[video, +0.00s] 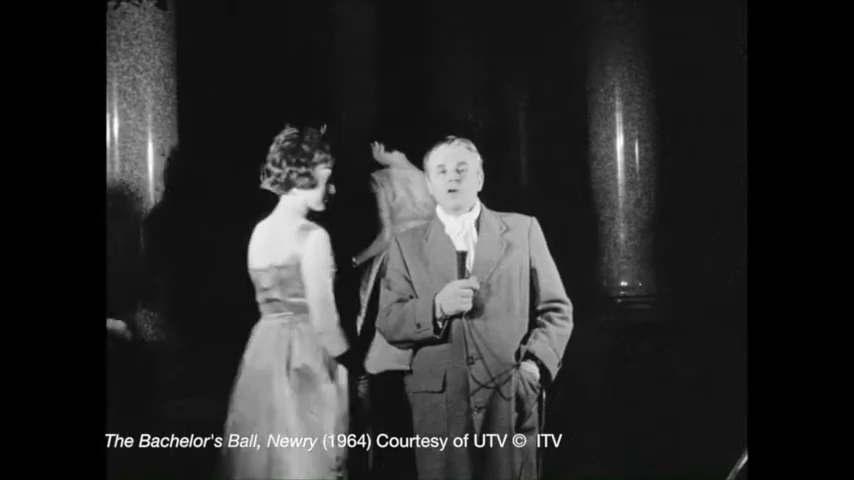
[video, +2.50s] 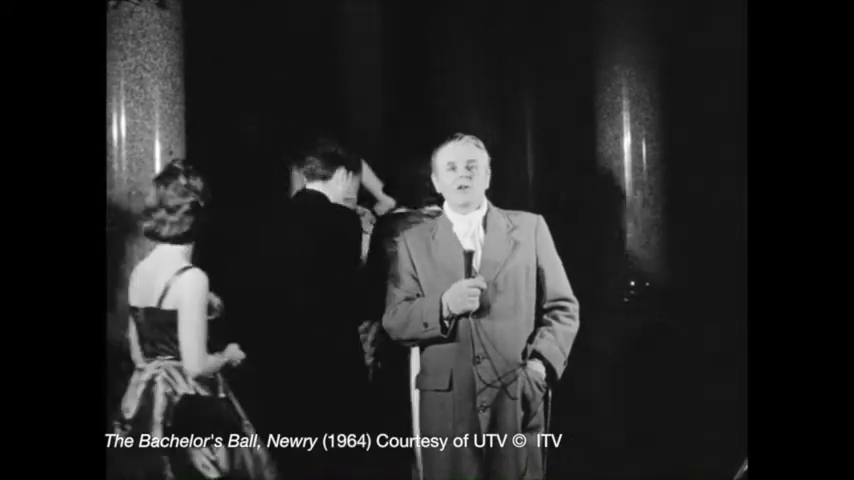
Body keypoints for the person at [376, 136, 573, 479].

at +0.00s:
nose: (452, 176)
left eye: (462, 166)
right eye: (441, 169)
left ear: (480, 178)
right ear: (428, 184)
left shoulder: (523, 230)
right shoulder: (405, 244)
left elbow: (555, 308)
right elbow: (389, 321)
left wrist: (535, 364)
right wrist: (435, 308)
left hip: (508, 394)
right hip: (436, 396)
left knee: (513, 474)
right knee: (440, 474)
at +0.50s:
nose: (460, 186)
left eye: (470, 175)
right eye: (449, 176)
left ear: (488, 181)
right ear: (435, 182)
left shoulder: (529, 230)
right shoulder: (411, 243)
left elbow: (561, 309)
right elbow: (394, 319)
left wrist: (540, 365)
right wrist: (440, 309)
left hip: (513, 397)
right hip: (441, 398)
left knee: (518, 474)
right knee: (443, 474)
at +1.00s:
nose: (463, 188)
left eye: (473, 177)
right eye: (452, 178)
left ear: (490, 180)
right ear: (437, 184)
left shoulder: (532, 229)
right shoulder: (414, 242)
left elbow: (563, 309)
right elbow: (396, 318)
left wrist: (542, 366)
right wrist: (443, 309)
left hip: (517, 398)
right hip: (446, 400)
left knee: (521, 474)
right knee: (446, 474)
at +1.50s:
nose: (462, 186)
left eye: (472, 175)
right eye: (451, 176)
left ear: (489, 179)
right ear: (436, 182)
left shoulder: (531, 228)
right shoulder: (413, 240)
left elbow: (562, 308)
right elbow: (395, 318)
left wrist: (541, 365)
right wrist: (442, 308)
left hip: (516, 397)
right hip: (446, 399)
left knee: (521, 474)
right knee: (445, 474)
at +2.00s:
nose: (460, 175)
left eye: (469, 165)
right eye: (447, 168)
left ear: (485, 176)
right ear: (432, 183)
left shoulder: (527, 228)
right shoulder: (411, 241)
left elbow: (560, 306)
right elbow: (394, 320)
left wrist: (539, 364)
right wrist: (440, 308)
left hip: (515, 395)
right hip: (444, 398)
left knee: (519, 474)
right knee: (446, 474)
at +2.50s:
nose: (463, 173)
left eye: (472, 164)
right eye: (451, 166)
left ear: (488, 176)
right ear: (435, 181)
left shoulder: (530, 228)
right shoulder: (413, 242)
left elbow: (562, 306)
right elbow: (395, 319)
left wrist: (541, 363)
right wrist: (443, 306)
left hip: (516, 395)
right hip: (445, 397)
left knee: (520, 473)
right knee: (446, 473)